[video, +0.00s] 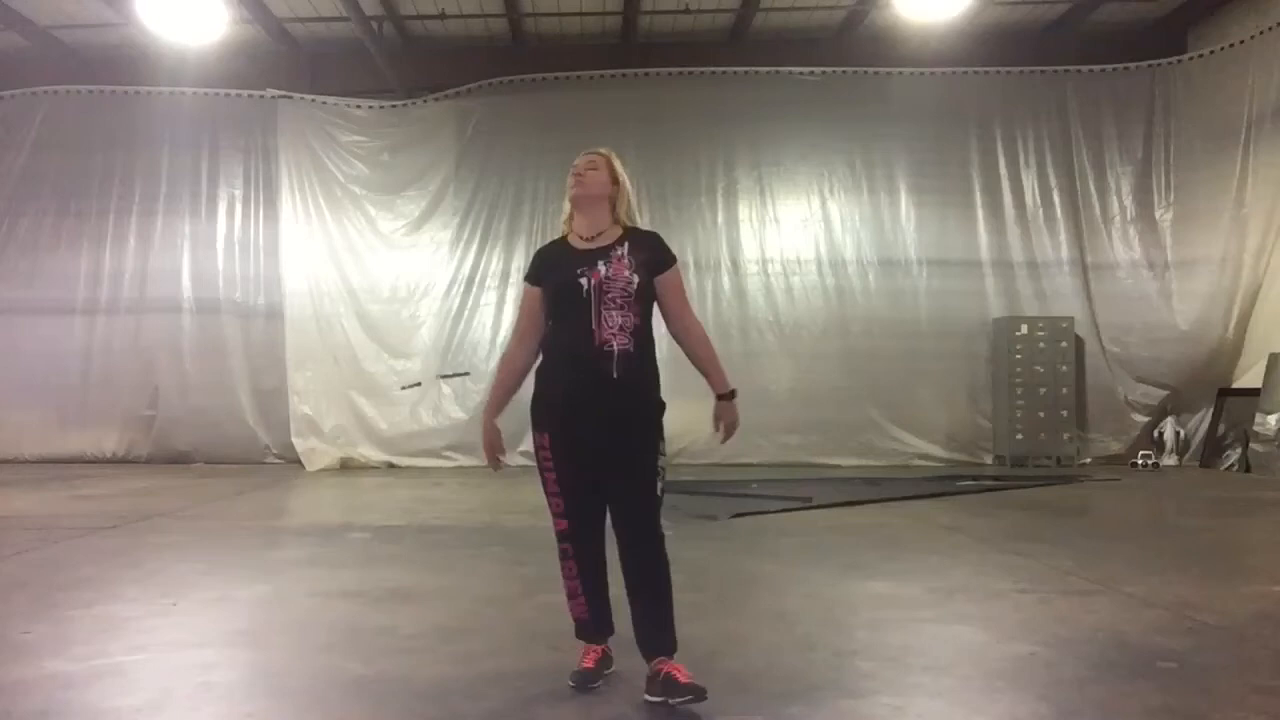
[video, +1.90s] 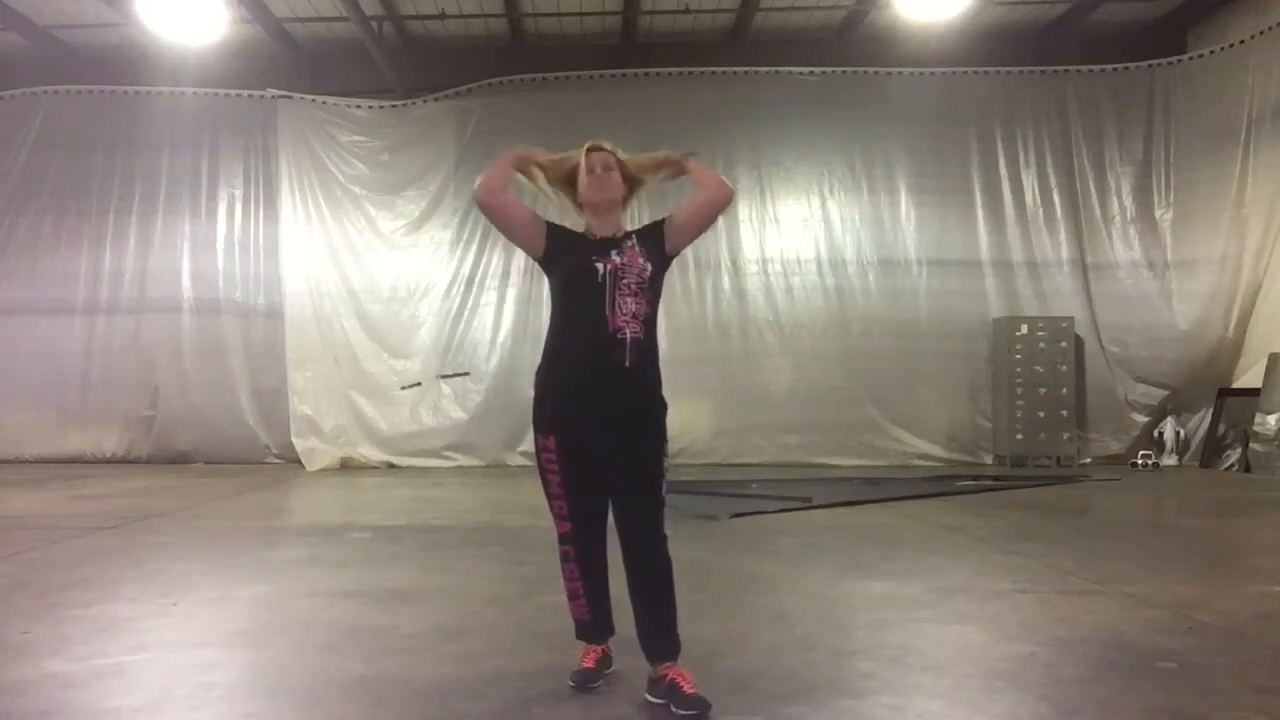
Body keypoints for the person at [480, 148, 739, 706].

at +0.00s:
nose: (581, 170)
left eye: (593, 166)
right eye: (575, 168)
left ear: (616, 187)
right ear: (567, 188)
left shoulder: (646, 247)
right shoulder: (548, 257)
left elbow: (684, 323)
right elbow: (525, 341)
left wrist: (723, 389)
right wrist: (489, 412)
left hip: (632, 415)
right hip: (562, 418)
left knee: (642, 535)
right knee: (576, 535)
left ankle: (661, 658)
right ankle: (594, 644)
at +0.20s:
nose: (584, 175)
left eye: (595, 169)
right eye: (575, 172)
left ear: (617, 186)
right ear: (566, 192)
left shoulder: (647, 250)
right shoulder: (551, 260)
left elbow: (696, 314)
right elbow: (506, 330)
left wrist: (738, 364)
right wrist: (450, 376)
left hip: (634, 414)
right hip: (565, 417)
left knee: (642, 533)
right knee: (577, 535)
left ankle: (662, 657)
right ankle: (593, 646)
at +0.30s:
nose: (587, 178)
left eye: (596, 170)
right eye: (577, 174)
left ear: (617, 184)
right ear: (567, 192)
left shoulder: (650, 251)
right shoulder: (554, 260)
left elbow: (691, 308)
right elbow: (507, 320)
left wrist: (726, 315)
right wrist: (449, 324)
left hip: (635, 413)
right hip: (566, 416)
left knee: (642, 532)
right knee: (577, 535)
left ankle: (662, 658)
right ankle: (593, 646)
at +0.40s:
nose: (591, 180)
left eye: (600, 172)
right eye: (581, 175)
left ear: (619, 184)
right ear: (569, 192)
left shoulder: (650, 249)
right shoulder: (555, 259)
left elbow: (693, 302)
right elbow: (503, 313)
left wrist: (706, 249)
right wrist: (471, 271)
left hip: (636, 416)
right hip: (567, 419)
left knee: (644, 535)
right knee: (578, 537)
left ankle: (663, 659)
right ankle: (594, 646)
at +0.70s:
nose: (600, 183)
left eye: (609, 175)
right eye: (589, 177)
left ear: (627, 189)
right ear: (574, 193)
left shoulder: (652, 252)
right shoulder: (560, 257)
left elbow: (708, 259)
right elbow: (497, 287)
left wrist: (654, 211)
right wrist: (548, 224)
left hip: (639, 413)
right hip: (569, 416)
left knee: (649, 536)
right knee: (581, 536)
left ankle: (666, 660)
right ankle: (594, 645)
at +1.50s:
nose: (606, 199)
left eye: (615, 189)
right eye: (595, 190)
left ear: (633, 194)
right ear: (578, 198)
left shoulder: (655, 247)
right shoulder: (561, 251)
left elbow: (710, 183)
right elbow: (498, 198)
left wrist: (646, 183)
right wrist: (559, 189)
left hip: (637, 416)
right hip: (567, 417)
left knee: (647, 540)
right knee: (580, 538)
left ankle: (665, 663)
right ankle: (593, 645)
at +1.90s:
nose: (597, 173)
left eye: (607, 166)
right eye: (587, 168)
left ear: (626, 185)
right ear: (575, 188)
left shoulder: (653, 242)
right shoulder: (556, 245)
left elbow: (717, 192)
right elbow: (489, 192)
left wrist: (679, 161)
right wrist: (522, 156)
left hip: (635, 412)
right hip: (565, 413)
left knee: (646, 538)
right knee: (579, 537)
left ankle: (665, 663)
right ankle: (593, 645)